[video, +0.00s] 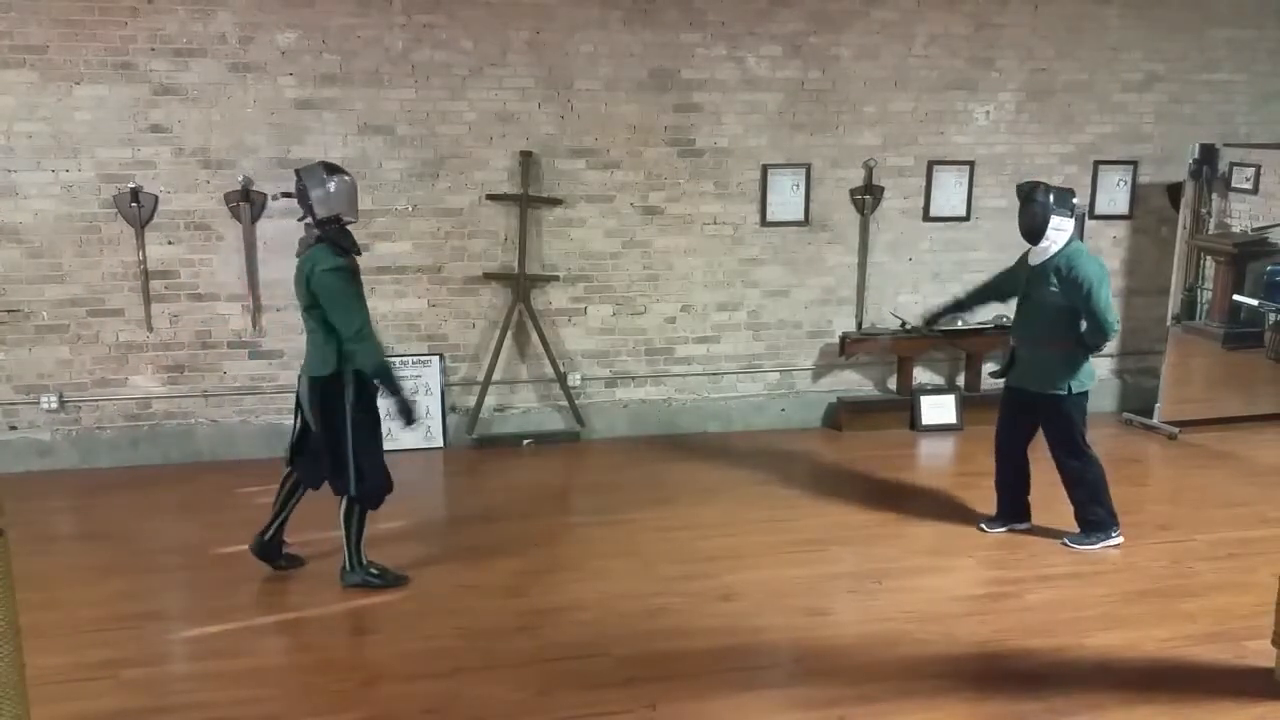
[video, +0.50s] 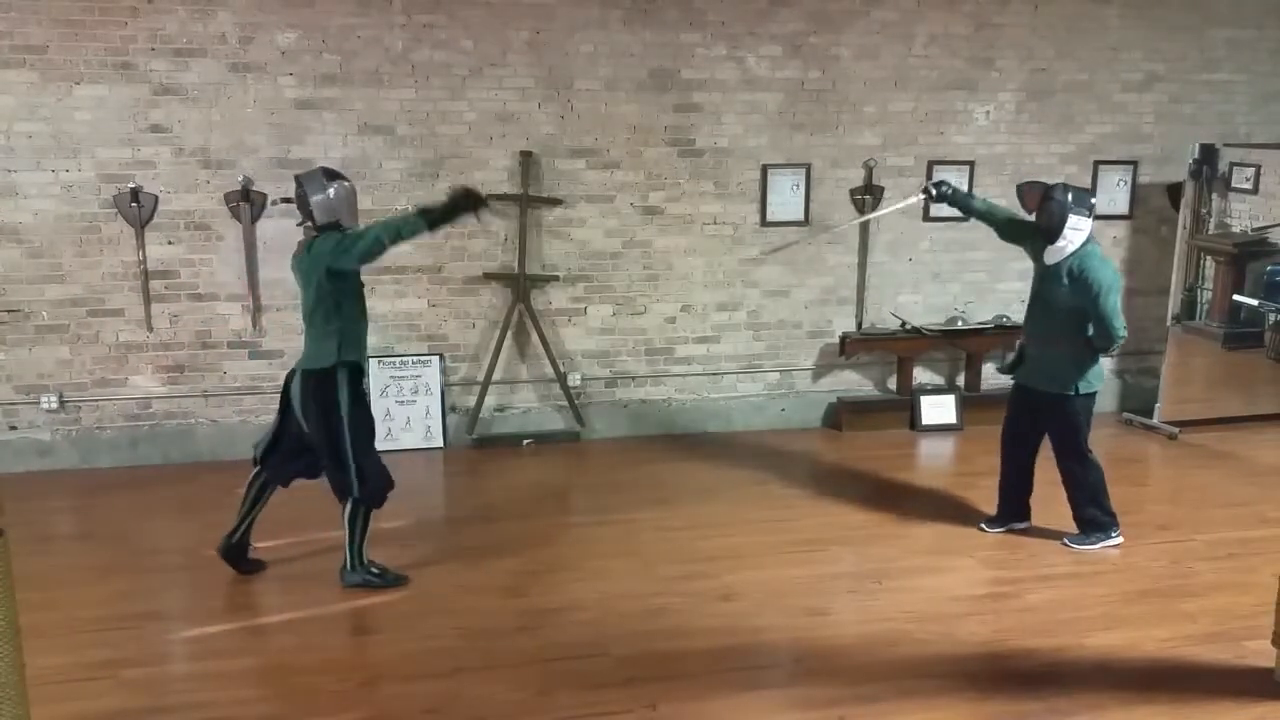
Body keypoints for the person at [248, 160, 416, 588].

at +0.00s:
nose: (351, 206)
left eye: (347, 198)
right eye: (346, 199)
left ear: (310, 205)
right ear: (336, 203)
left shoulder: (314, 254)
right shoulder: (329, 262)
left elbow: (339, 328)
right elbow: (357, 333)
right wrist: (394, 388)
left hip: (318, 376)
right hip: (342, 378)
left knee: (308, 461)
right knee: (363, 473)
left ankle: (269, 539)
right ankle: (356, 565)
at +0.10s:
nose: (355, 206)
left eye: (352, 198)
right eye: (349, 200)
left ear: (314, 207)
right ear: (338, 205)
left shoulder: (315, 253)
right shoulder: (331, 262)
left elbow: (328, 322)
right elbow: (376, 318)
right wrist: (429, 364)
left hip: (315, 376)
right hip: (340, 379)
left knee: (302, 461)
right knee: (359, 472)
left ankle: (266, 541)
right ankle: (355, 566)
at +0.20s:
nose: (356, 208)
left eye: (352, 201)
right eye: (351, 201)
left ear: (313, 208)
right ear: (341, 206)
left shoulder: (312, 255)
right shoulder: (334, 261)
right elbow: (389, 297)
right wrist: (455, 324)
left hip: (312, 377)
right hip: (339, 380)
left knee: (298, 464)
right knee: (360, 474)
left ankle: (257, 541)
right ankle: (355, 566)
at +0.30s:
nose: (356, 205)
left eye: (351, 198)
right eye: (351, 199)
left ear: (312, 208)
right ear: (343, 205)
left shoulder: (312, 255)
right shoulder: (337, 257)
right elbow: (392, 275)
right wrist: (462, 280)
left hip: (311, 378)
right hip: (338, 380)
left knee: (292, 463)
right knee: (361, 475)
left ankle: (245, 540)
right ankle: (354, 566)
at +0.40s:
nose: (354, 205)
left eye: (350, 198)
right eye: (349, 199)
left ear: (311, 208)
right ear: (340, 204)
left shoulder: (310, 254)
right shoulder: (333, 251)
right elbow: (388, 253)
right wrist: (460, 240)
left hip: (310, 376)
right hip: (337, 378)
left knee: (283, 461)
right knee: (361, 474)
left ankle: (239, 540)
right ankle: (355, 566)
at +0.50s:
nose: (353, 210)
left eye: (350, 202)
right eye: (348, 202)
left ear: (309, 210)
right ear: (337, 204)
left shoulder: (306, 253)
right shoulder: (330, 248)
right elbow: (381, 235)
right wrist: (445, 210)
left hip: (307, 376)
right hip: (335, 376)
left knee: (279, 461)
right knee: (363, 473)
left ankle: (236, 541)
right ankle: (355, 565)